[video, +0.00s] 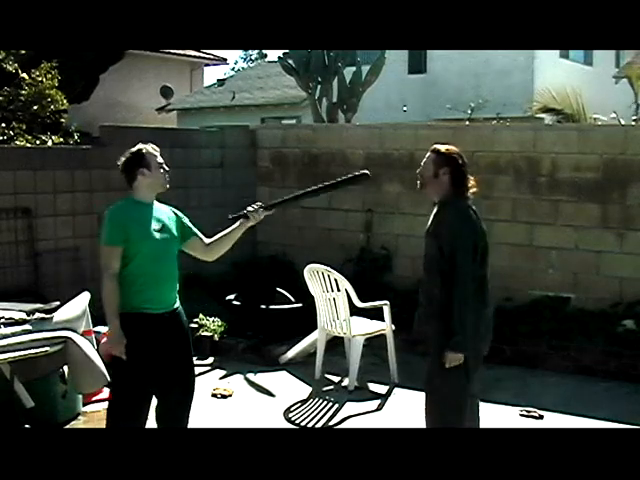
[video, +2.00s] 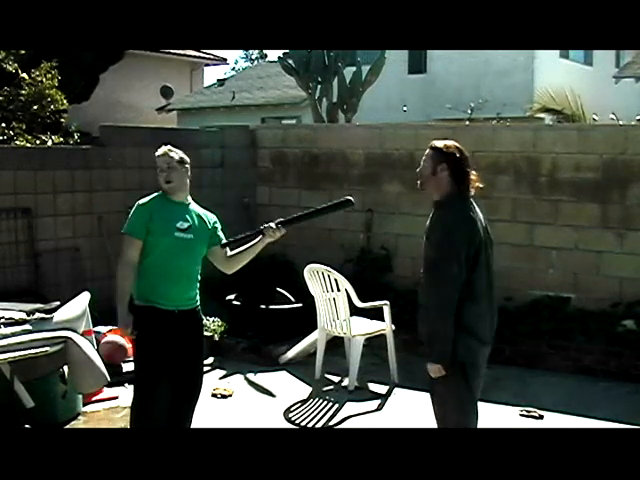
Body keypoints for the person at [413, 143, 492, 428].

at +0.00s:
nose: (419, 174)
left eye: (425, 168)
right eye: (421, 167)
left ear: (443, 176)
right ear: (443, 176)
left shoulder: (458, 219)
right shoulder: (447, 213)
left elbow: (463, 285)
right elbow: (451, 281)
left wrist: (457, 343)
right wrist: (441, 334)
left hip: (454, 338)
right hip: (445, 333)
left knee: (446, 414)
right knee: (452, 411)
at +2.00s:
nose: (418, 174)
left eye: (424, 167)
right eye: (420, 167)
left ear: (443, 171)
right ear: (443, 172)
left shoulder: (451, 217)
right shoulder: (463, 210)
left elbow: (443, 289)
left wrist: (436, 354)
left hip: (456, 346)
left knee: (455, 419)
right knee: (457, 417)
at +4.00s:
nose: (408, 176)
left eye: (413, 170)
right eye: (409, 169)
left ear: (433, 175)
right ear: (433, 175)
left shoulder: (445, 215)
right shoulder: (443, 211)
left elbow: (438, 281)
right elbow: (431, 275)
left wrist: (409, 325)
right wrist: (410, 306)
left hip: (449, 328)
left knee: (441, 410)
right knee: (443, 408)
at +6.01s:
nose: (413, 169)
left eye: (421, 166)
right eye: (418, 164)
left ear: (439, 177)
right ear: (438, 177)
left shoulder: (451, 209)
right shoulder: (437, 207)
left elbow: (432, 248)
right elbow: (414, 240)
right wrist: (406, 261)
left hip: (449, 328)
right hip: (436, 323)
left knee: (437, 404)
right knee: (436, 401)